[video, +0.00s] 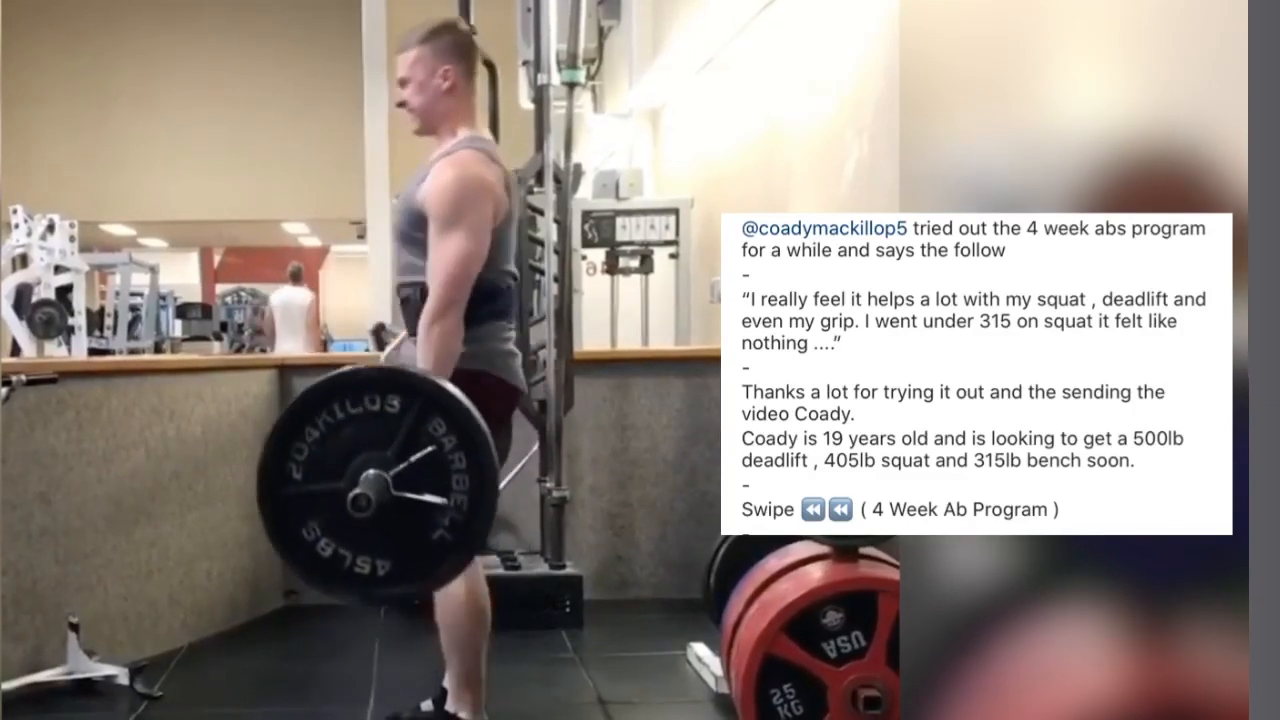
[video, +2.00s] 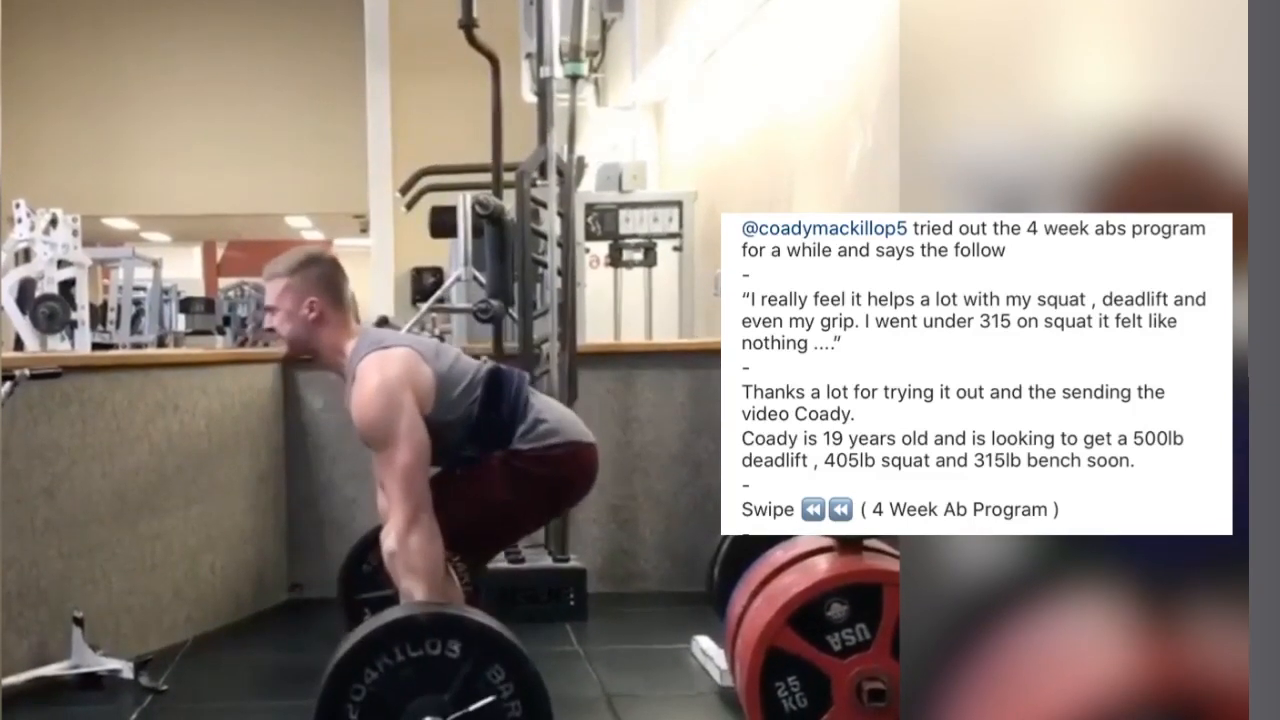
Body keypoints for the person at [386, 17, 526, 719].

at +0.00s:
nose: (400, 99)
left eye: (407, 83)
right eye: (399, 85)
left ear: (448, 80)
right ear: (449, 83)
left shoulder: (464, 170)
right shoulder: (459, 163)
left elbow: (446, 306)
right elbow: (439, 298)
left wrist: (424, 412)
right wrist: (391, 371)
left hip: (469, 373)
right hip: (469, 366)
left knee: (450, 545)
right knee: (452, 543)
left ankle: (467, 708)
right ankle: (461, 698)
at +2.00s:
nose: (268, 324)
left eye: (275, 311)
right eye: (267, 311)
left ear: (312, 310)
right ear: (315, 310)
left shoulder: (381, 382)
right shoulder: (370, 365)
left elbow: (410, 529)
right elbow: (391, 500)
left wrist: (438, 652)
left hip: (551, 452)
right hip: (539, 444)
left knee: (411, 547)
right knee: (408, 543)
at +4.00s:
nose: (373, 104)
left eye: (383, 89)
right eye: (374, 91)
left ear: (422, 91)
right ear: (421, 95)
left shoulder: (449, 185)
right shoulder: (429, 177)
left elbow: (456, 322)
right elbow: (442, 302)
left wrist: (442, 444)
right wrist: (417, 331)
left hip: (503, 373)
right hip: (480, 366)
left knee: (477, 533)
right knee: (465, 528)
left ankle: (475, 702)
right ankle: (464, 691)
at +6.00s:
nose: (256, 262)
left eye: (264, 249)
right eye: (257, 250)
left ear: (300, 249)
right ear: (300, 251)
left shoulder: (370, 318)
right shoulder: (354, 316)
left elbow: (422, 449)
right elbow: (399, 440)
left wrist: (448, 565)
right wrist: (425, 550)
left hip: (541, 376)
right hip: (512, 381)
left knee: (477, 524)